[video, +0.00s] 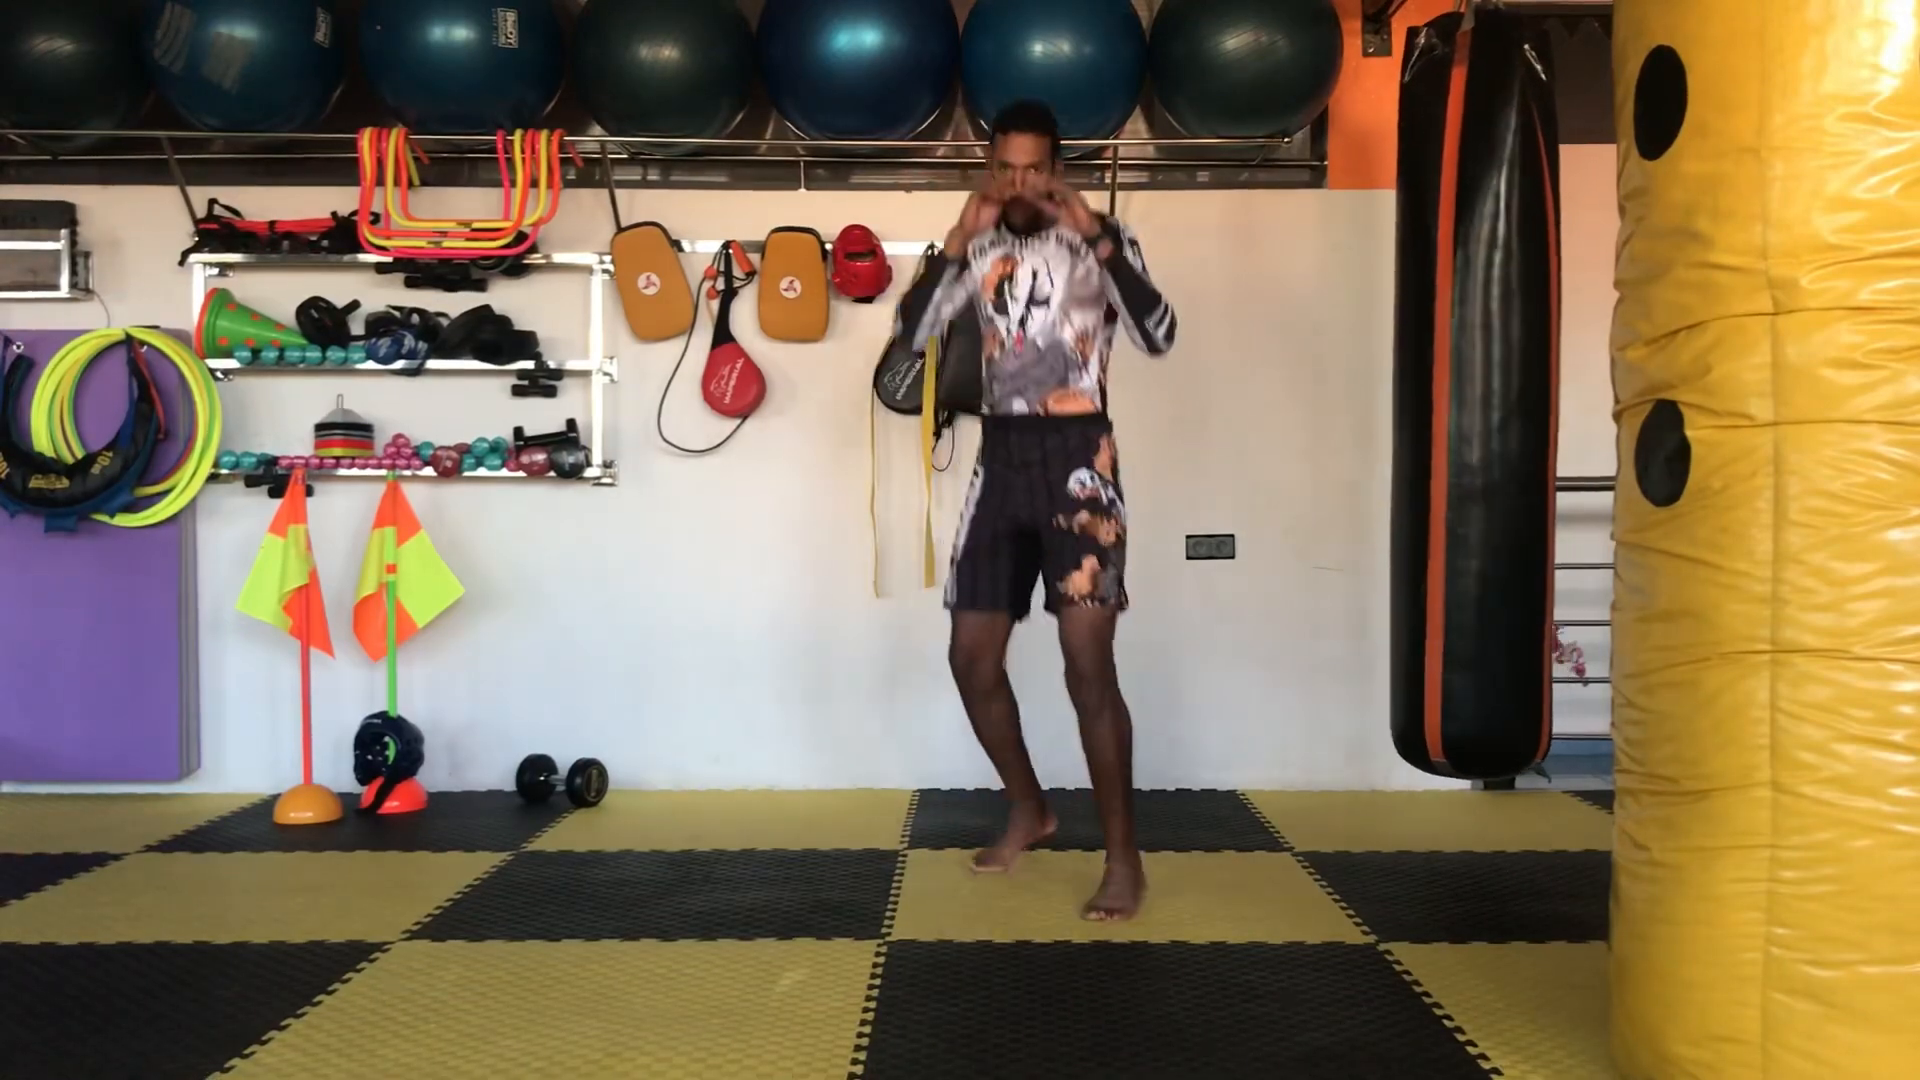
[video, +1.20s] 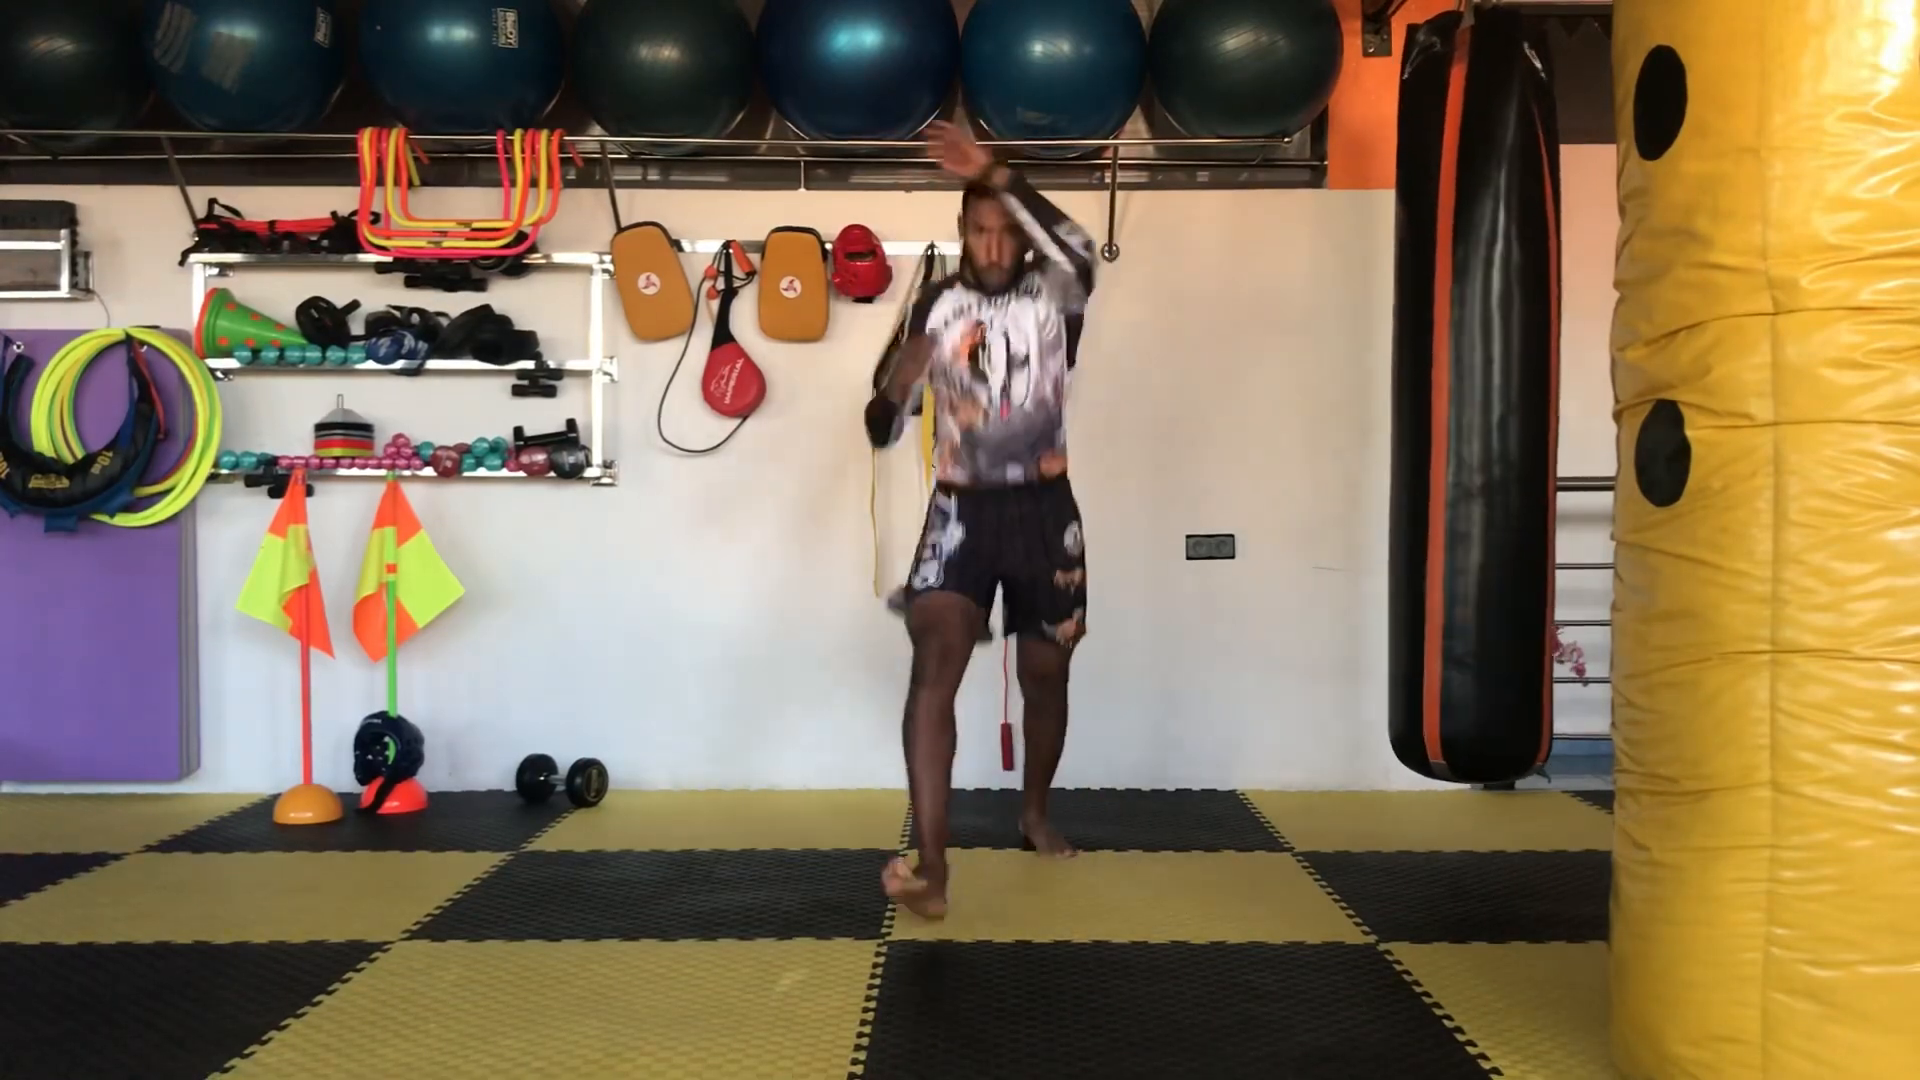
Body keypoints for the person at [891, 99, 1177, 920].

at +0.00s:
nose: (1020, 182)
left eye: (1033, 168)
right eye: (1006, 168)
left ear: (1056, 169)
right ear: (989, 170)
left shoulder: (1098, 241)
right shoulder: (975, 253)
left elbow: (1158, 336)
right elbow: (917, 335)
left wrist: (1098, 242)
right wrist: (959, 246)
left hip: (1079, 464)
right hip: (1002, 466)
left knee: (1088, 672)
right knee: (973, 661)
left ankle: (1121, 857)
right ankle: (1028, 807)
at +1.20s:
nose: (991, 244)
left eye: (1005, 231)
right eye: (977, 230)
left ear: (1026, 238)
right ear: (960, 239)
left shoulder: (1054, 299)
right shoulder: (936, 306)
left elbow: (1083, 254)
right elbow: (883, 428)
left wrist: (996, 176)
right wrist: (896, 386)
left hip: (1042, 501)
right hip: (959, 504)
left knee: (1046, 672)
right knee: (934, 668)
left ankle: (1038, 817)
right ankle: (929, 864)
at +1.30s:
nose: (975, 259)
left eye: (988, 244)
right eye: (963, 244)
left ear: (1014, 251)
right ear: (946, 251)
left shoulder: (1042, 316)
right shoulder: (920, 323)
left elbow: (1043, 243)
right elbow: (858, 388)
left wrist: (950, 156)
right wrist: (885, 292)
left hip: (1032, 521)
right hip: (947, 524)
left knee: (1043, 692)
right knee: (923, 679)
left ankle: (1040, 802)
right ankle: (938, 901)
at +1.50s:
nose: (979, 188)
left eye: (989, 174)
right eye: (965, 173)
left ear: (1004, 176)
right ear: (937, 171)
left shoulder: (1026, 251)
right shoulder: (885, 234)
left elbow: (1078, 338)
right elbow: (848, 253)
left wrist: (1042, 256)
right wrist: (961, 190)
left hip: (988, 453)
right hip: (895, 460)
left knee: (1074, 640)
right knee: (878, 677)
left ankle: (1028, 701)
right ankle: (934, 905)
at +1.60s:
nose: (965, 194)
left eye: (980, 181)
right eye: (950, 179)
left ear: (999, 179)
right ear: (928, 171)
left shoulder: (1023, 261)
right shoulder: (889, 227)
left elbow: (1055, 386)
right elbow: (888, 233)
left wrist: (1084, 393)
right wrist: (996, 216)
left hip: (988, 412)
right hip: (892, 421)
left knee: (1058, 483)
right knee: (871, 674)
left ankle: (1037, 617)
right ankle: (939, 897)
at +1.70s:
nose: (975, 197)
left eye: (991, 186)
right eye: (961, 183)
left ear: (1008, 188)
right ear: (939, 176)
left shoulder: (1028, 260)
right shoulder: (893, 220)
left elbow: (1032, 374)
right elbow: (894, 225)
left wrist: (1081, 479)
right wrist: (1002, 227)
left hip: (962, 406)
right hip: (877, 424)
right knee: (871, 666)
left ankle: (1064, 526)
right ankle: (935, 888)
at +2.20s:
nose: (963, 157)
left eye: (980, 143)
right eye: (952, 142)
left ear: (1011, 153)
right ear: (935, 150)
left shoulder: (1037, 249)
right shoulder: (907, 233)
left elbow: (1049, 392)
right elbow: (820, 290)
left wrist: (1015, 355)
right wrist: (895, 245)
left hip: (965, 404)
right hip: (881, 429)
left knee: (935, 450)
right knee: (900, 678)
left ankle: (1027, 652)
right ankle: (957, 906)